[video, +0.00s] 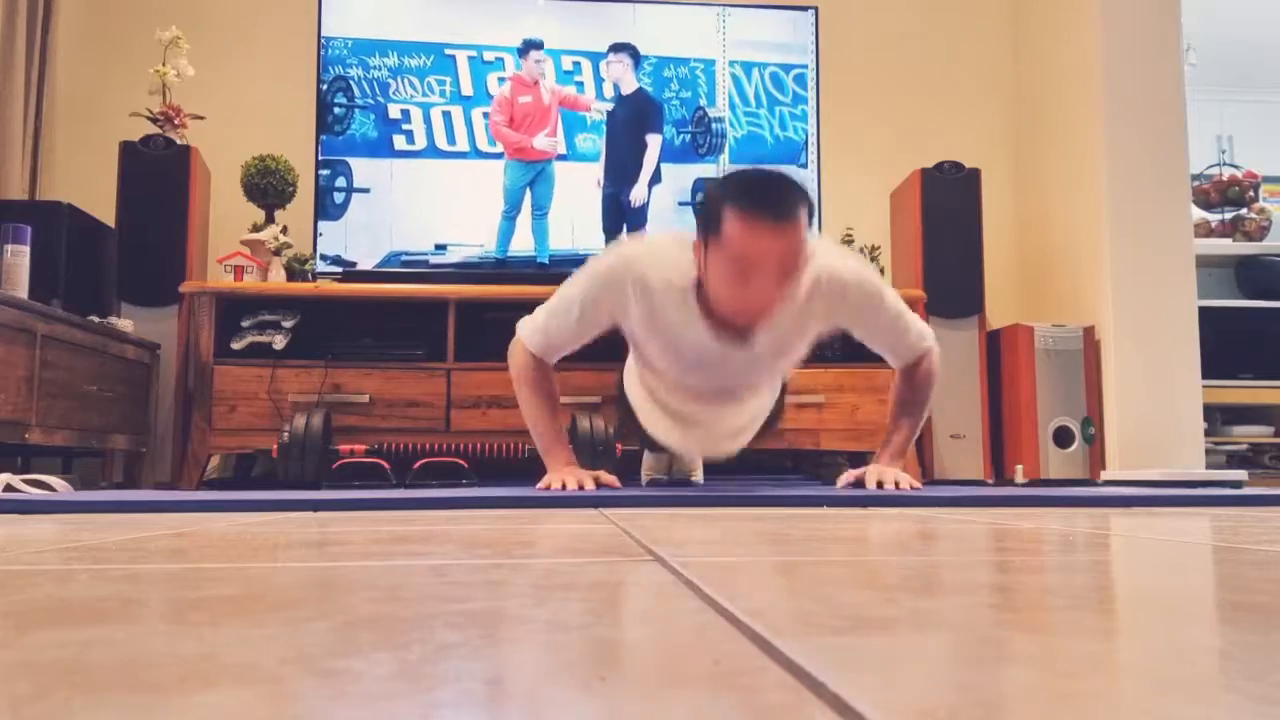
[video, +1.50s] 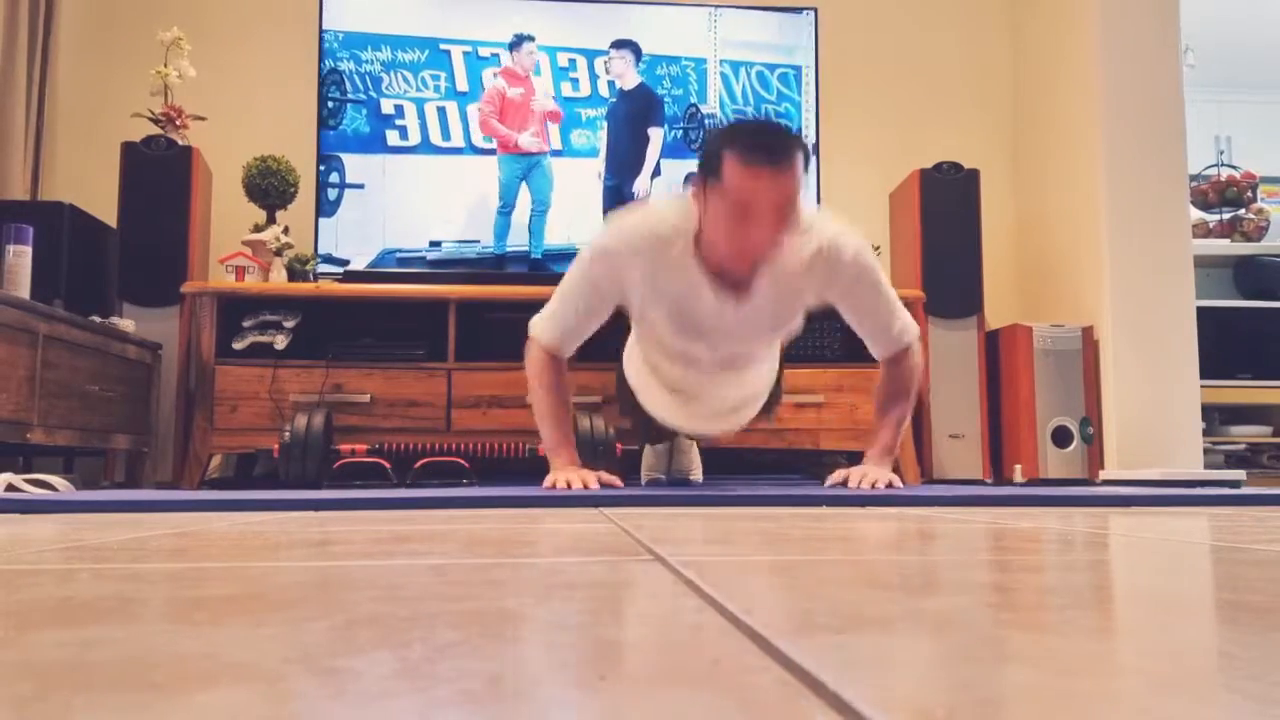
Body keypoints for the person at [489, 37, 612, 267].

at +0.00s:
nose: (542, 66)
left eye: (543, 61)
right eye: (537, 62)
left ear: (544, 61)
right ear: (523, 62)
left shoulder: (549, 89)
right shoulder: (507, 92)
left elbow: (572, 99)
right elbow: (498, 129)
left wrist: (593, 104)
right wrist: (532, 142)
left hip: (545, 163)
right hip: (518, 163)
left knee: (541, 213)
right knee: (510, 212)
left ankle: (543, 260)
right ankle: (500, 258)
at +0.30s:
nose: (535, 62)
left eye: (537, 58)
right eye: (530, 58)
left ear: (538, 59)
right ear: (516, 59)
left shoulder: (542, 87)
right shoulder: (500, 89)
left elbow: (560, 102)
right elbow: (490, 125)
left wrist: (580, 107)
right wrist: (523, 138)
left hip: (539, 160)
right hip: (512, 160)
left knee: (540, 211)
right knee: (508, 210)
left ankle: (544, 257)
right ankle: (502, 255)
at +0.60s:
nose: (526, 59)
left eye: (526, 54)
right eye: (520, 55)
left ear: (527, 56)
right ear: (506, 58)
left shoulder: (533, 86)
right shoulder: (493, 87)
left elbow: (550, 114)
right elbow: (477, 120)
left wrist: (551, 118)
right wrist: (504, 139)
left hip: (536, 158)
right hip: (508, 159)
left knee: (537, 210)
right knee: (507, 210)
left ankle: (546, 258)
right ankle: (503, 257)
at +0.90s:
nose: (527, 57)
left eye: (527, 52)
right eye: (521, 53)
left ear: (530, 56)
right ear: (507, 57)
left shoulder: (535, 87)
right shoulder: (495, 87)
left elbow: (558, 118)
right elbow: (482, 121)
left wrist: (550, 102)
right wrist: (514, 135)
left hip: (538, 156)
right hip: (510, 157)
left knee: (540, 208)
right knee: (509, 208)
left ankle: (548, 253)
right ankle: (506, 253)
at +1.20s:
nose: (532, 61)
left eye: (533, 56)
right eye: (527, 56)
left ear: (531, 58)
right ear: (512, 57)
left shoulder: (534, 85)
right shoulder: (492, 87)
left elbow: (552, 117)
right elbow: (480, 121)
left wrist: (551, 113)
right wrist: (510, 140)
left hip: (536, 157)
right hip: (508, 157)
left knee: (538, 207)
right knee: (507, 207)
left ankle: (547, 257)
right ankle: (504, 255)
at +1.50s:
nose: (535, 58)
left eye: (535, 53)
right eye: (530, 53)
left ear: (532, 55)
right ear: (515, 55)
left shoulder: (537, 83)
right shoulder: (499, 85)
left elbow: (557, 118)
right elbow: (486, 121)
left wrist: (551, 107)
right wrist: (517, 139)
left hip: (539, 156)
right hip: (511, 156)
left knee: (542, 205)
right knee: (506, 206)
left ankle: (536, 256)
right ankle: (499, 255)